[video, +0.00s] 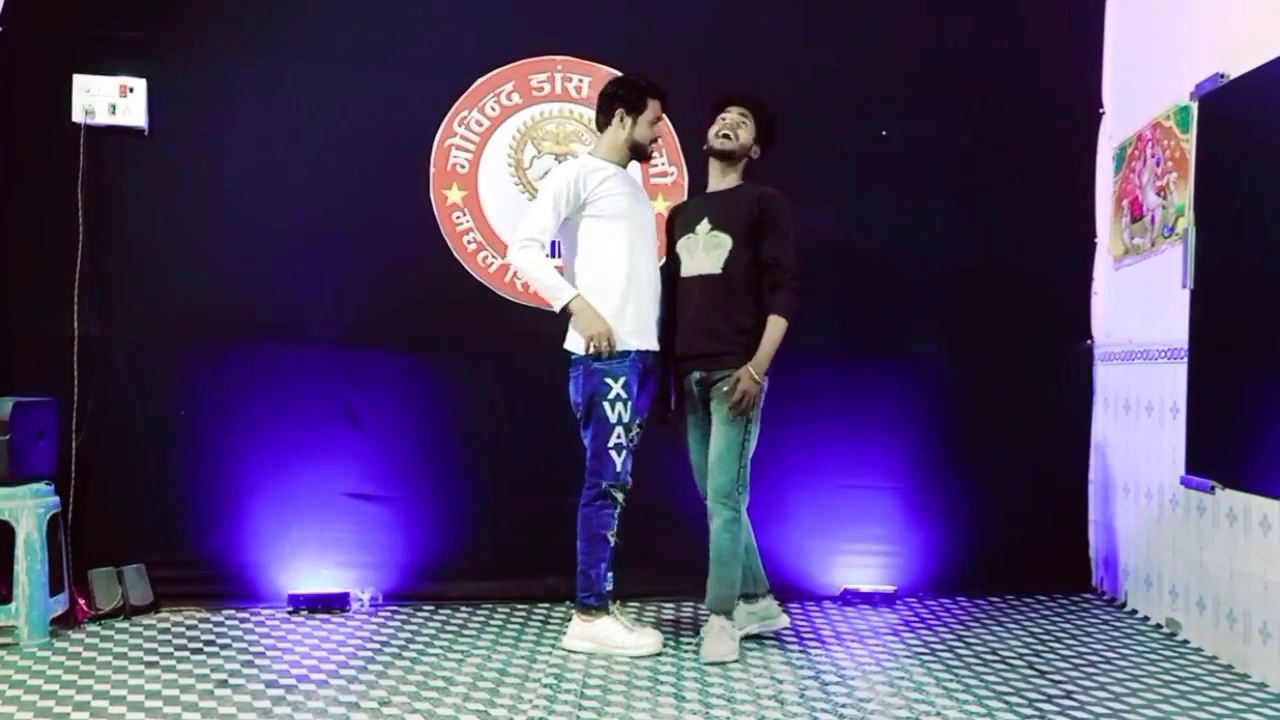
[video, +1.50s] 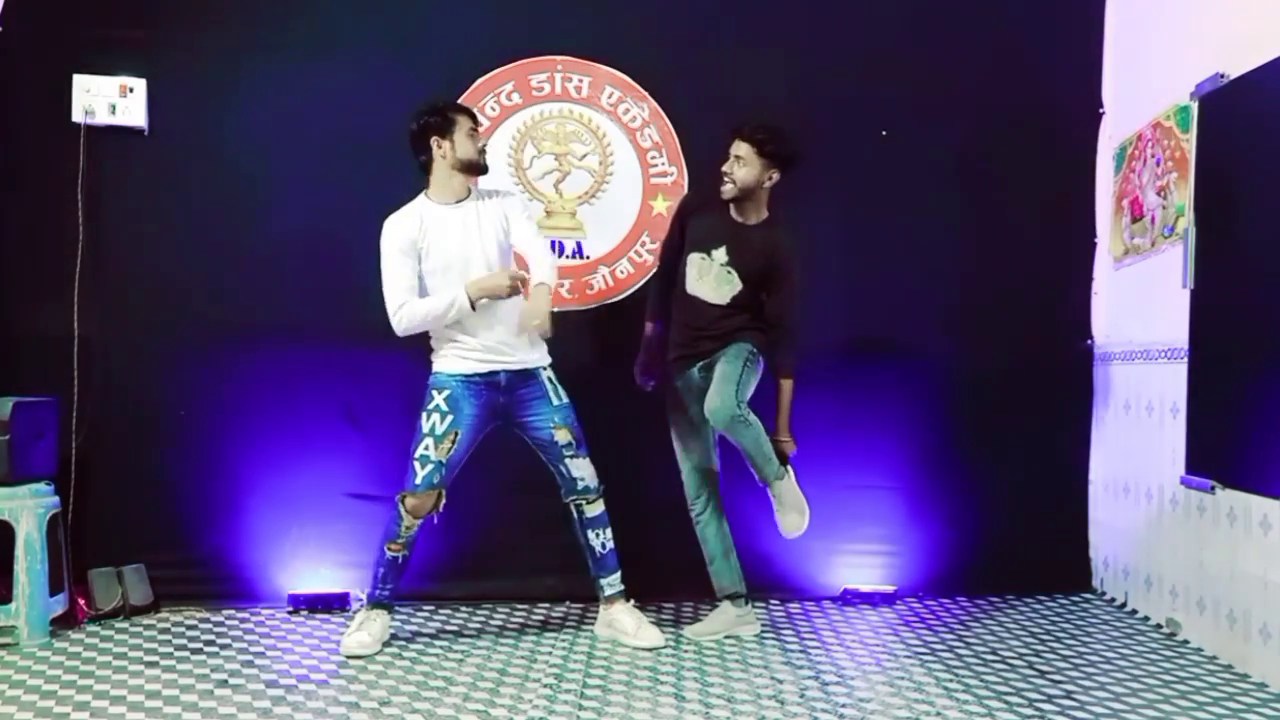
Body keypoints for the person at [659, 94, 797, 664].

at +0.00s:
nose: (727, 126)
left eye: (741, 124)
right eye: (722, 118)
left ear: (754, 147)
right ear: (706, 134)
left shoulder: (765, 203)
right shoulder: (680, 213)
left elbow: (784, 294)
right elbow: (670, 292)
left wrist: (759, 367)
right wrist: (669, 367)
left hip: (736, 367)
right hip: (686, 368)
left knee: (725, 494)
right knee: (715, 493)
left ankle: (719, 617)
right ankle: (759, 601)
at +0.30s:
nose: (731, 130)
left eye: (740, 129)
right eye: (722, 126)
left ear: (749, 154)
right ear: (700, 149)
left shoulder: (766, 210)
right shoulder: (667, 208)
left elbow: (788, 293)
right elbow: (640, 280)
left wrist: (791, 373)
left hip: (744, 369)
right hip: (678, 368)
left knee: (732, 494)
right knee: (677, 494)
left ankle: (720, 620)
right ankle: (732, 590)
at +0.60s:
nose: (707, 138)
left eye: (721, 132)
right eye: (704, 130)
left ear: (747, 148)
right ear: (697, 144)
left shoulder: (765, 219)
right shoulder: (670, 209)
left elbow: (790, 307)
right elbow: (647, 291)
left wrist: (800, 391)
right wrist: (649, 362)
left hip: (741, 368)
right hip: (678, 370)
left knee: (732, 495)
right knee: (704, 499)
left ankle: (721, 617)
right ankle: (738, 603)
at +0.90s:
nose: (698, 157)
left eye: (710, 149)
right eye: (697, 148)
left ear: (741, 157)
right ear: (696, 154)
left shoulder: (766, 225)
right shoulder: (677, 213)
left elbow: (784, 314)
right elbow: (655, 288)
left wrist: (784, 400)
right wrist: (641, 353)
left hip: (741, 351)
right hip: (685, 358)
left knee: (718, 426)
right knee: (701, 491)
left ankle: (761, 533)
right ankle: (732, 603)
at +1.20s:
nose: (704, 167)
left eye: (716, 159)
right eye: (703, 157)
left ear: (747, 166)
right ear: (702, 161)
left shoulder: (766, 230)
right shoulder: (687, 212)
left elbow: (781, 323)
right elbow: (665, 286)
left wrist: (789, 414)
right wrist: (661, 357)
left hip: (740, 342)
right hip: (687, 355)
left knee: (709, 401)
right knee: (701, 490)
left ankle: (787, 472)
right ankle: (734, 605)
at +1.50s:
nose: (727, 168)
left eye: (740, 162)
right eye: (728, 158)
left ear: (770, 177)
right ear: (727, 164)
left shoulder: (776, 245)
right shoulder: (695, 212)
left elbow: (786, 339)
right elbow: (662, 277)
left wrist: (783, 424)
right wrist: (650, 346)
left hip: (737, 348)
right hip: (685, 360)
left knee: (721, 408)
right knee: (700, 491)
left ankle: (778, 480)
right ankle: (735, 604)